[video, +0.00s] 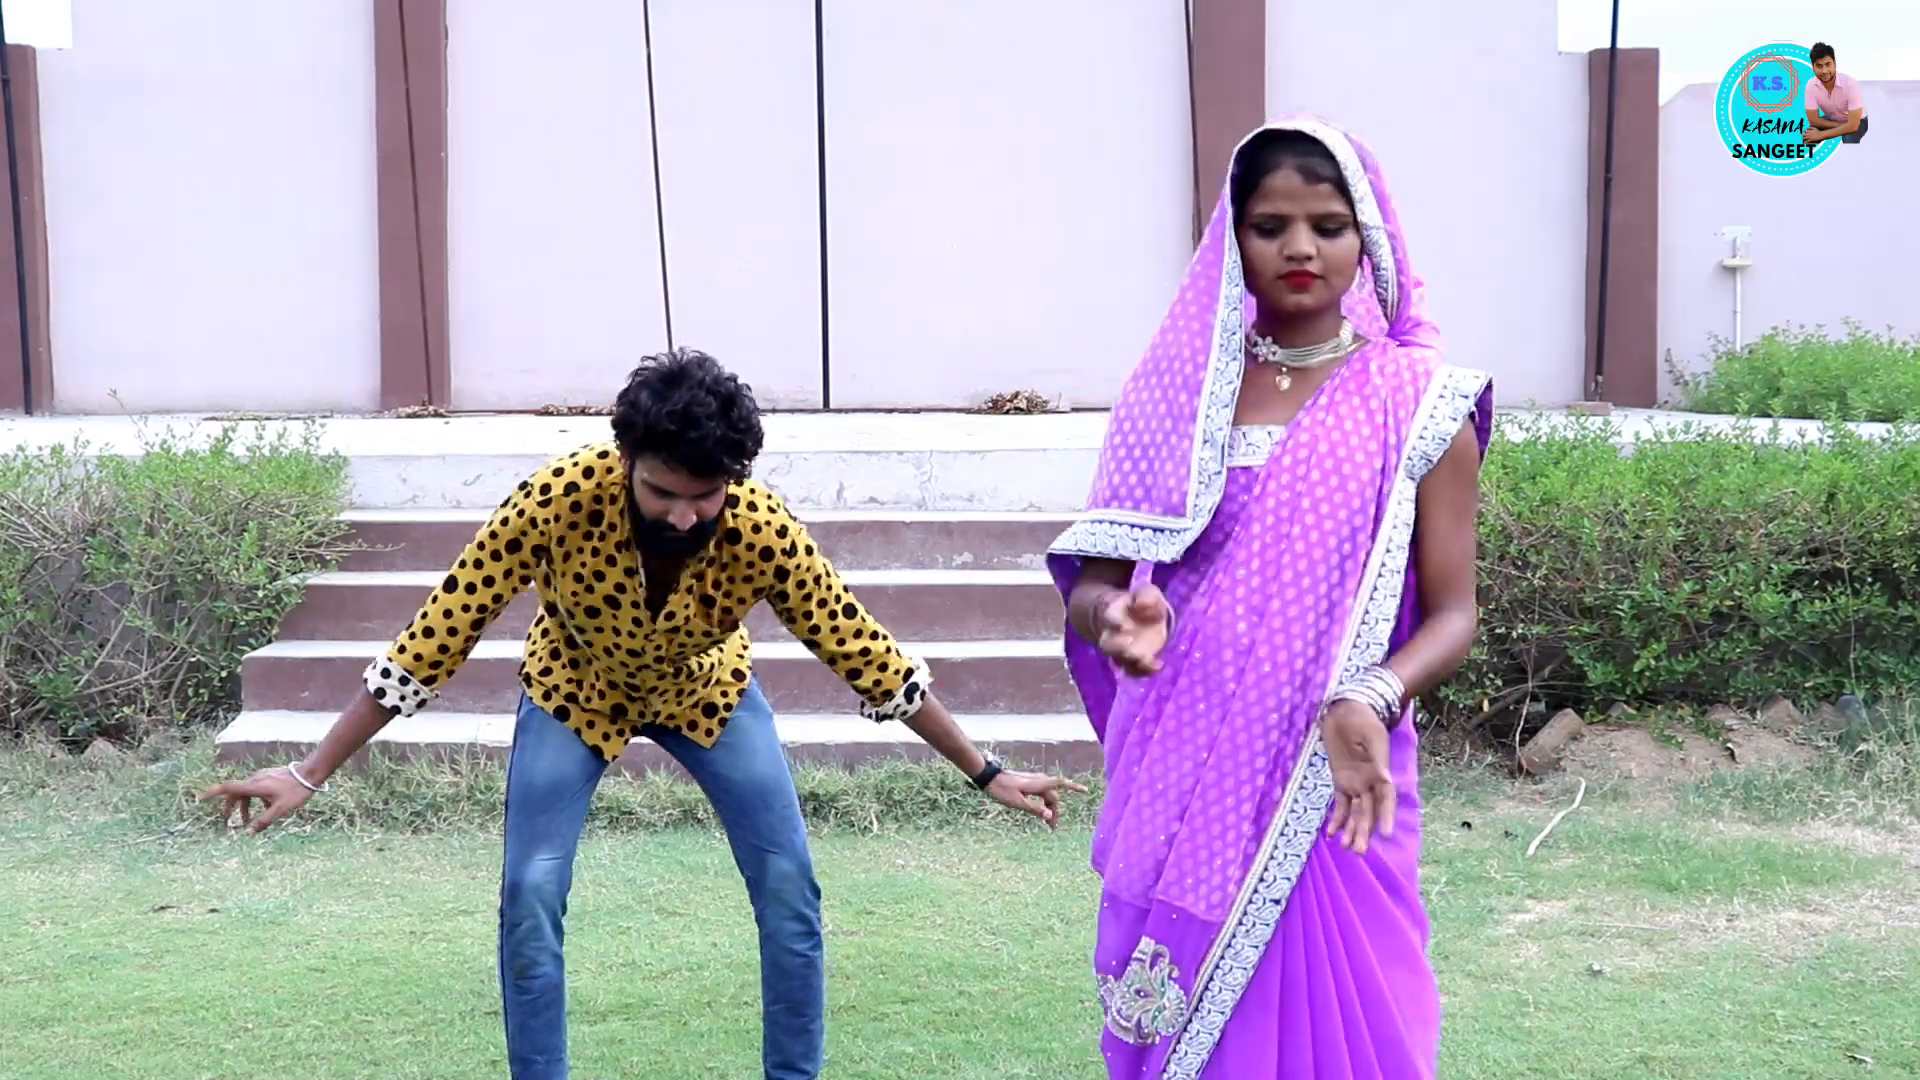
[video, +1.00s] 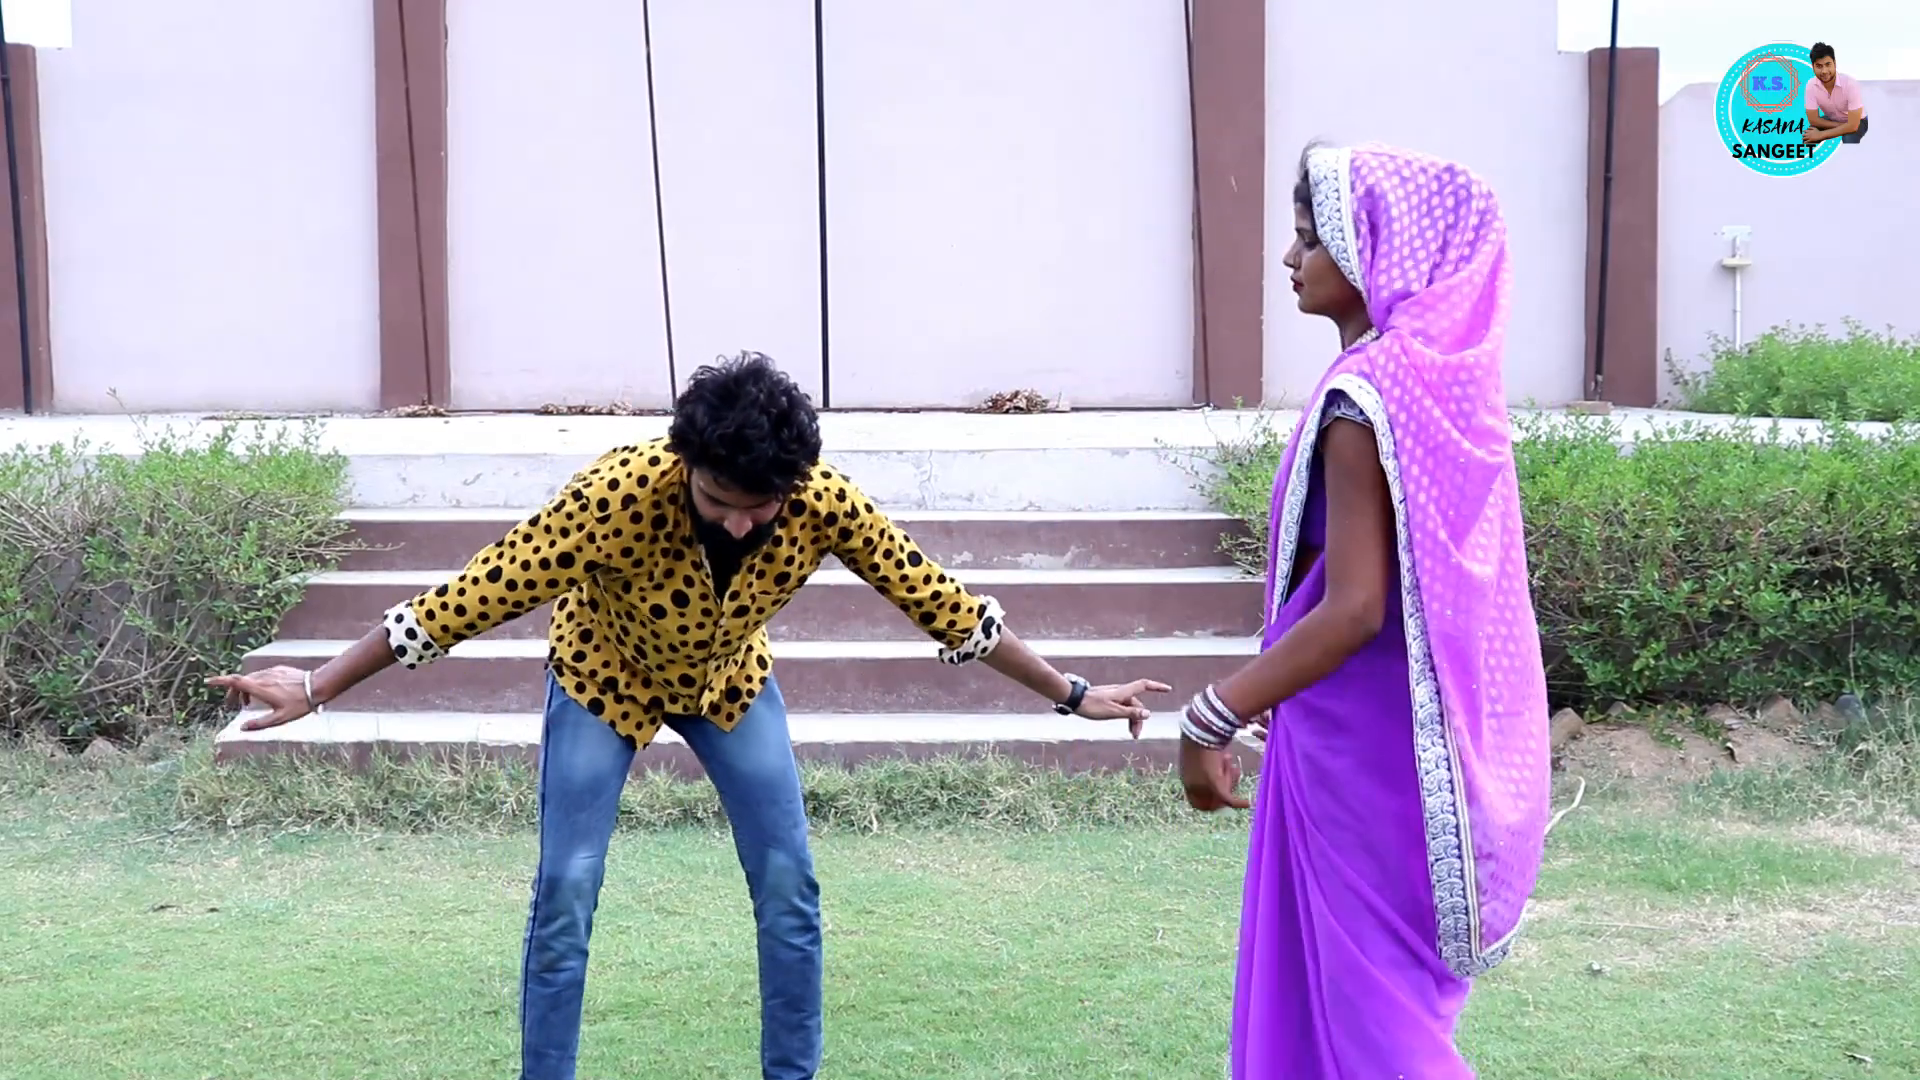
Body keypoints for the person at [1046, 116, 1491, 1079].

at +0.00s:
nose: (1299, 248)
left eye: (1327, 224)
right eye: (1272, 225)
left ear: (1364, 240)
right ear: (1235, 240)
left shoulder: (1420, 400)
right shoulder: (1175, 391)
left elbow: (1454, 612)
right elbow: (1090, 583)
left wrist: (1373, 695)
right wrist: (1115, 615)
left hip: (1327, 791)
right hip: (1177, 781)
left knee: (1331, 1046)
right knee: (1171, 1043)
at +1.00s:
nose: (1290, 259)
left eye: (1309, 241)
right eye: (1297, 238)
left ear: (1371, 258)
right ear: (1384, 258)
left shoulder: (1361, 395)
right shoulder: (1444, 375)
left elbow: (1357, 605)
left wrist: (1214, 712)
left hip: (1354, 765)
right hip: (1421, 754)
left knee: (1357, 1028)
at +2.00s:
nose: (1266, 246)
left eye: (1293, 230)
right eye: (1261, 226)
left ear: (1353, 249)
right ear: (1256, 231)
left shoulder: (1325, 367)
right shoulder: (1354, 354)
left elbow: (1349, 532)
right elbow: (1340, 532)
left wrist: (1344, 697)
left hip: (1286, 695)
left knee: (1282, 954)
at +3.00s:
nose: (1134, 316)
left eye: (1158, 295)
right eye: (1123, 294)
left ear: (1213, 303)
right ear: (1114, 292)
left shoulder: (1199, 410)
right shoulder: (1198, 391)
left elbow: (1212, 519)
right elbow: (1168, 272)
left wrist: (1203, 625)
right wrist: (1148, 162)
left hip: (1127, 718)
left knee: (1019, 924)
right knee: (1127, 930)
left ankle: (1100, 1064)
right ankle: (1158, 1055)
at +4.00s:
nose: (1110, 312)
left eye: (1132, 295)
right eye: (1102, 291)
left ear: (1192, 302)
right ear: (1097, 284)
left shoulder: (1161, 423)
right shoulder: (1216, 394)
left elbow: (1136, 566)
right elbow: (1226, 299)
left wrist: (1111, 677)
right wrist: (1188, 210)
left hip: (1099, 739)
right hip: (1155, 729)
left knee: (1014, 947)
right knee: (1130, 959)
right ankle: (1138, 1063)